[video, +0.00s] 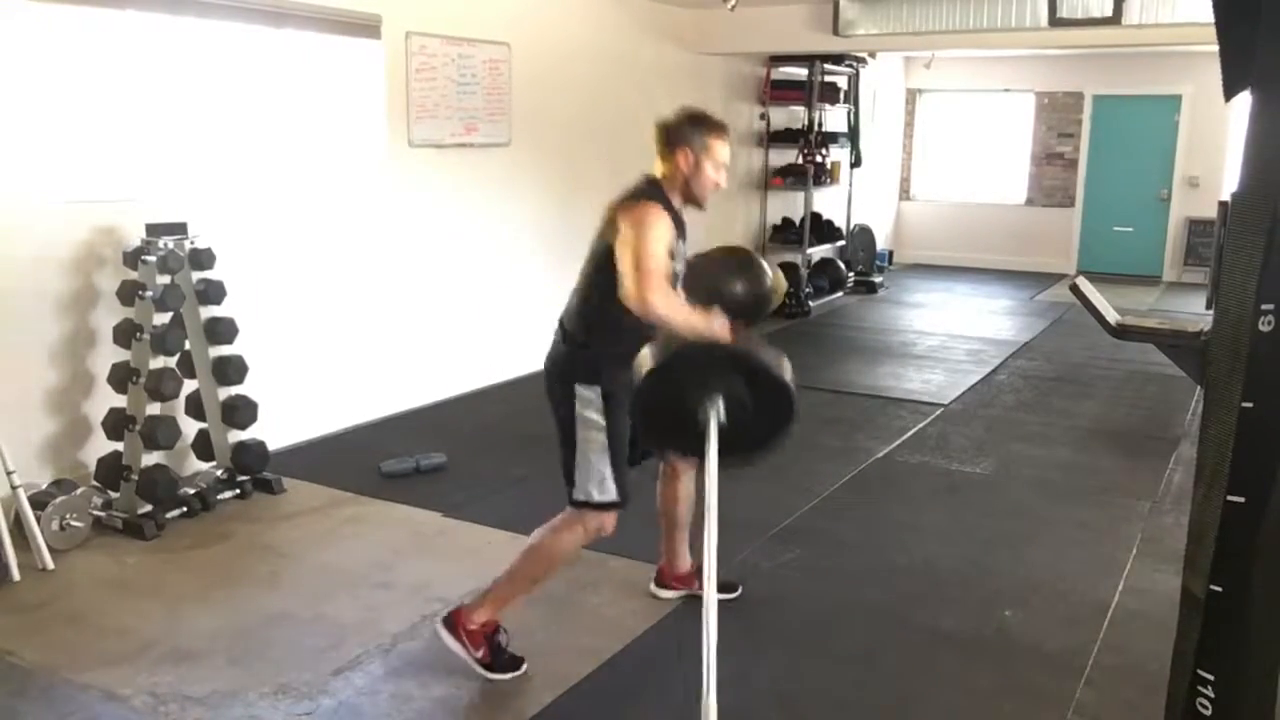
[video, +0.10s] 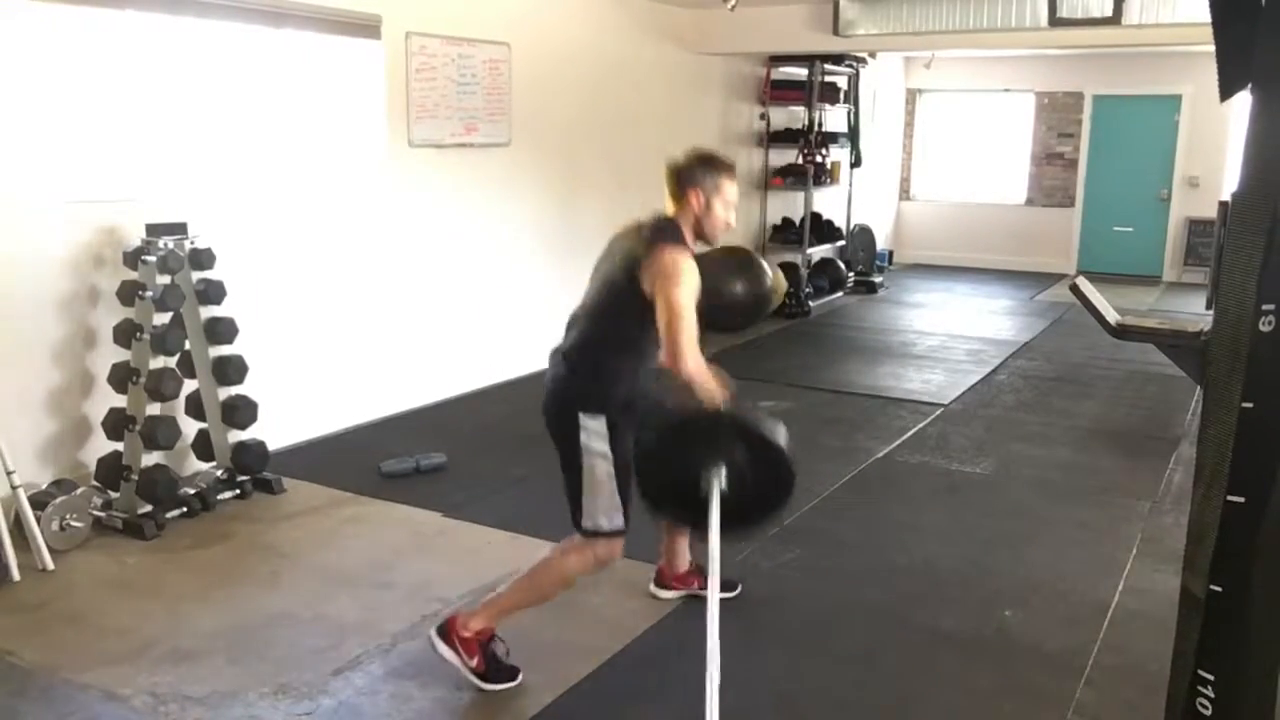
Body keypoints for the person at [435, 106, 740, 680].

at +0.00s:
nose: (723, 179)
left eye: (724, 166)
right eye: (717, 165)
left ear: (686, 161)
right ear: (683, 159)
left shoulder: (665, 211)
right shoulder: (647, 214)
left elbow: (662, 294)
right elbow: (648, 299)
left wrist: (709, 318)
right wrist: (715, 327)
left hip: (622, 363)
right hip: (586, 369)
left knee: (683, 449)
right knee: (595, 516)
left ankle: (676, 568)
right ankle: (475, 618)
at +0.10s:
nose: (732, 216)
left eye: (733, 203)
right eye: (726, 202)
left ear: (690, 199)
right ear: (695, 199)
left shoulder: (645, 236)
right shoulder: (675, 260)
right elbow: (684, 362)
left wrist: (707, 385)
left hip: (621, 388)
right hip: (588, 398)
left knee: (681, 449)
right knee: (602, 544)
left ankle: (676, 567)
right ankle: (470, 628)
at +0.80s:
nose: (703, 147)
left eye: (708, 136)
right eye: (693, 134)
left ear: (709, 135)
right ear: (659, 125)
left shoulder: (702, 198)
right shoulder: (626, 164)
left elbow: (695, 275)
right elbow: (615, 233)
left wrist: (706, 338)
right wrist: (679, 272)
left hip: (651, 339)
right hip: (590, 334)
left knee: (703, 451)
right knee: (571, 478)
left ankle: (682, 555)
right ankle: (493, 605)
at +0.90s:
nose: (675, 134)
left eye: (685, 123)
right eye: (666, 120)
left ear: (695, 121)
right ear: (641, 109)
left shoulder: (704, 186)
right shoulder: (600, 153)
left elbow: (719, 268)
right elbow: (540, 218)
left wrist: (702, 227)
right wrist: (577, 181)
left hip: (668, 337)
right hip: (594, 330)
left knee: (696, 463)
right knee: (563, 460)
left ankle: (713, 538)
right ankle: (522, 602)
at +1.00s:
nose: (653, 150)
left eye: (664, 140)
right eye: (645, 138)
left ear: (684, 141)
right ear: (630, 133)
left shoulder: (693, 192)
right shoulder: (594, 179)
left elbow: (735, 252)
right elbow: (532, 239)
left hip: (667, 355)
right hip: (598, 352)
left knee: (690, 475)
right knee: (558, 478)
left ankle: (731, 538)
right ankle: (528, 609)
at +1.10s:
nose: (633, 149)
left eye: (645, 139)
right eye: (627, 138)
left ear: (664, 149)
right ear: (615, 145)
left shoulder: (676, 203)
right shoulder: (598, 205)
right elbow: (569, 277)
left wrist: (697, 92)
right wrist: (525, 311)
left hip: (663, 371)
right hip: (599, 367)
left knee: (692, 487)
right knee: (556, 482)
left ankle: (733, 540)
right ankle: (533, 613)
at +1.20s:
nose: (615, 147)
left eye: (628, 137)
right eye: (609, 138)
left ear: (648, 145)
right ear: (602, 147)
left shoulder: (672, 195)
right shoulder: (591, 203)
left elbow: (697, 142)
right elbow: (580, 271)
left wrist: (694, 78)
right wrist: (564, 315)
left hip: (663, 368)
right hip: (600, 361)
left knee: (690, 482)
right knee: (551, 479)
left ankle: (731, 543)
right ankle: (537, 612)